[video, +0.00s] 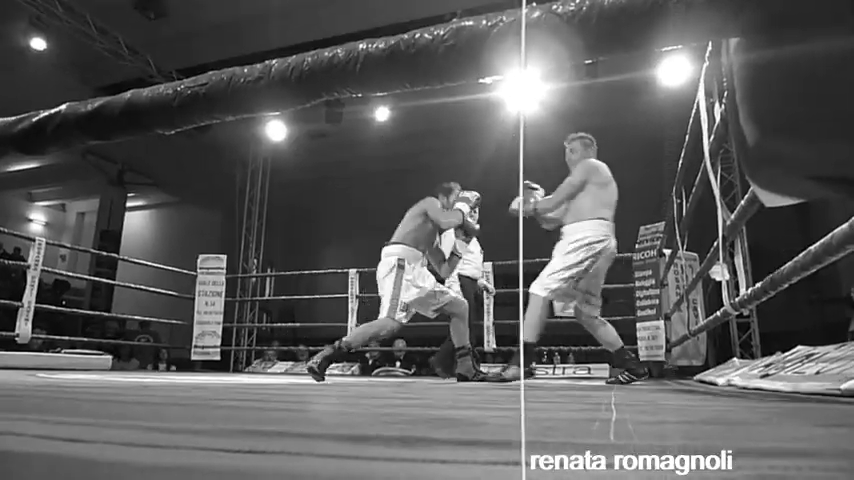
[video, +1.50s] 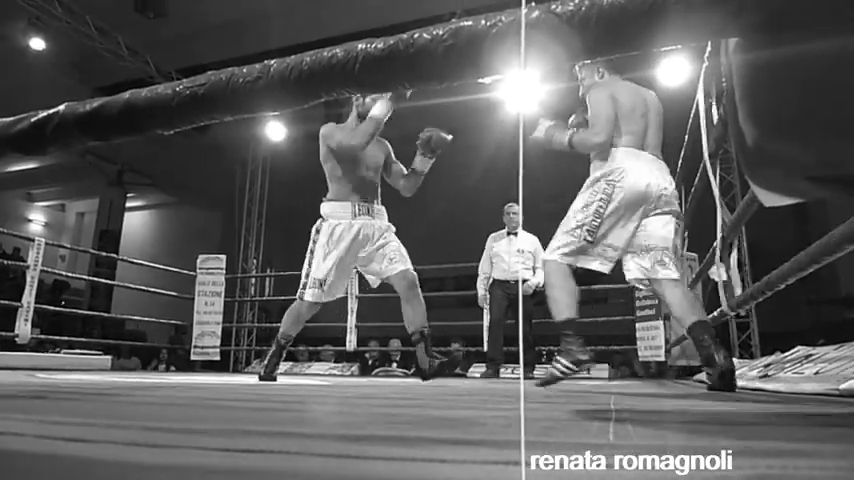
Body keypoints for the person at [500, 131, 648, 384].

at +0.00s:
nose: (567, 155)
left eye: (572, 149)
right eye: (566, 151)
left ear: (590, 149)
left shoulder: (590, 166)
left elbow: (553, 202)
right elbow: (551, 220)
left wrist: (526, 205)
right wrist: (536, 202)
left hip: (585, 238)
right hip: (600, 241)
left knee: (539, 291)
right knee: (586, 312)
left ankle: (522, 362)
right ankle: (629, 364)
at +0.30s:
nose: (606, 141)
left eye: (610, 135)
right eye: (605, 136)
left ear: (627, 132)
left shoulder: (641, 153)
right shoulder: (617, 170)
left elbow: (610, 178)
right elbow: (591, 209)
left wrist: (592, 152)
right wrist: (584, 173)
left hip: (631, 230)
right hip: (611, 235)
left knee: (622, 297)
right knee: (613, 303)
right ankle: (636, 366)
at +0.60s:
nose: (617, 126)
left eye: (620, 119)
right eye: (616, 121)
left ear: (638, 114)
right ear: (635, 117)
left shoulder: (651, 135)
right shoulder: (643, 143)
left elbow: (626, 176)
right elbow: (639, 179)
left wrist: (596, 156)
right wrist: (618, 157)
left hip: (659, 220)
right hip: (642, 225)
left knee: (677, 291)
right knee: (643, 293)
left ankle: (716, 361)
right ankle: (677, 359)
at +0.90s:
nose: (610, 123)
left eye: (612, 116)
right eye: (608, 119)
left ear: (629, 112)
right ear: (630, 116)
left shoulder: (640, 129)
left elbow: (642, 168)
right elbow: (629, 193)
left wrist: (604, 161)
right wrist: (607, 162)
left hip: (656, 215)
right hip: (655, 217)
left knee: (632, 277)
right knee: (667, 289)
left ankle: (679, 348)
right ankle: (689, 356)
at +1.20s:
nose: (591, 117)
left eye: (593, 110)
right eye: (590, 111)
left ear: (610, 105)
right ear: (620, 106)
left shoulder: (617, 128)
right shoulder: (646, 133)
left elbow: (586, 169)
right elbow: (622, 168)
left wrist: (562, 137)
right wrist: (588, 147)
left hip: (631, 213)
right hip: (654, 212)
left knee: (584, 272)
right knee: (649, 289)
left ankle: (593, 361)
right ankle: (669, 355)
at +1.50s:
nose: (579, 81)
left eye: (581, 72)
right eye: (577, 74)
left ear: (598, 67)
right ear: (615, 67)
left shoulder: (600, 90)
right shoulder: (651, 97)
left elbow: (598, 137)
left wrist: (556, 135)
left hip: (620, 176)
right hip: (661, 180)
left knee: (556, 259)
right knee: (665, 275)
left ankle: (571, 349)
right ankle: (715, 358)